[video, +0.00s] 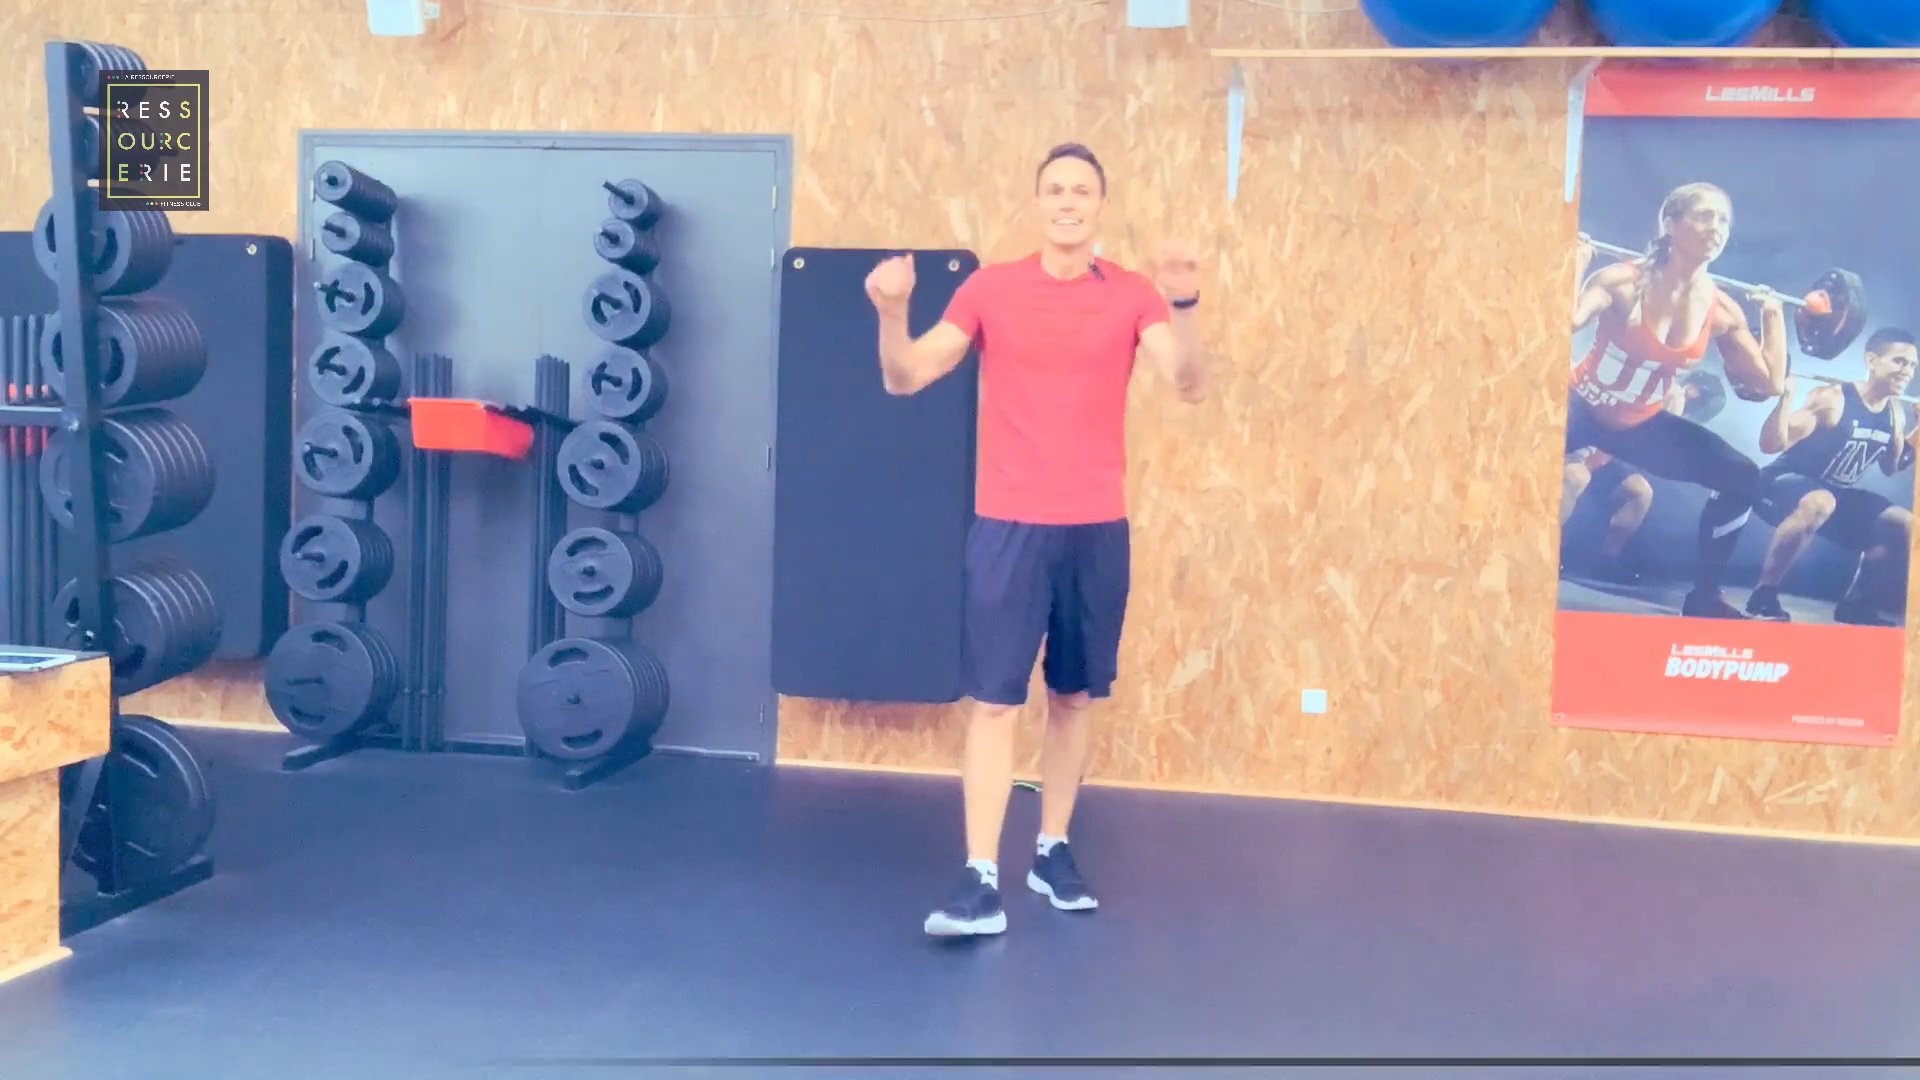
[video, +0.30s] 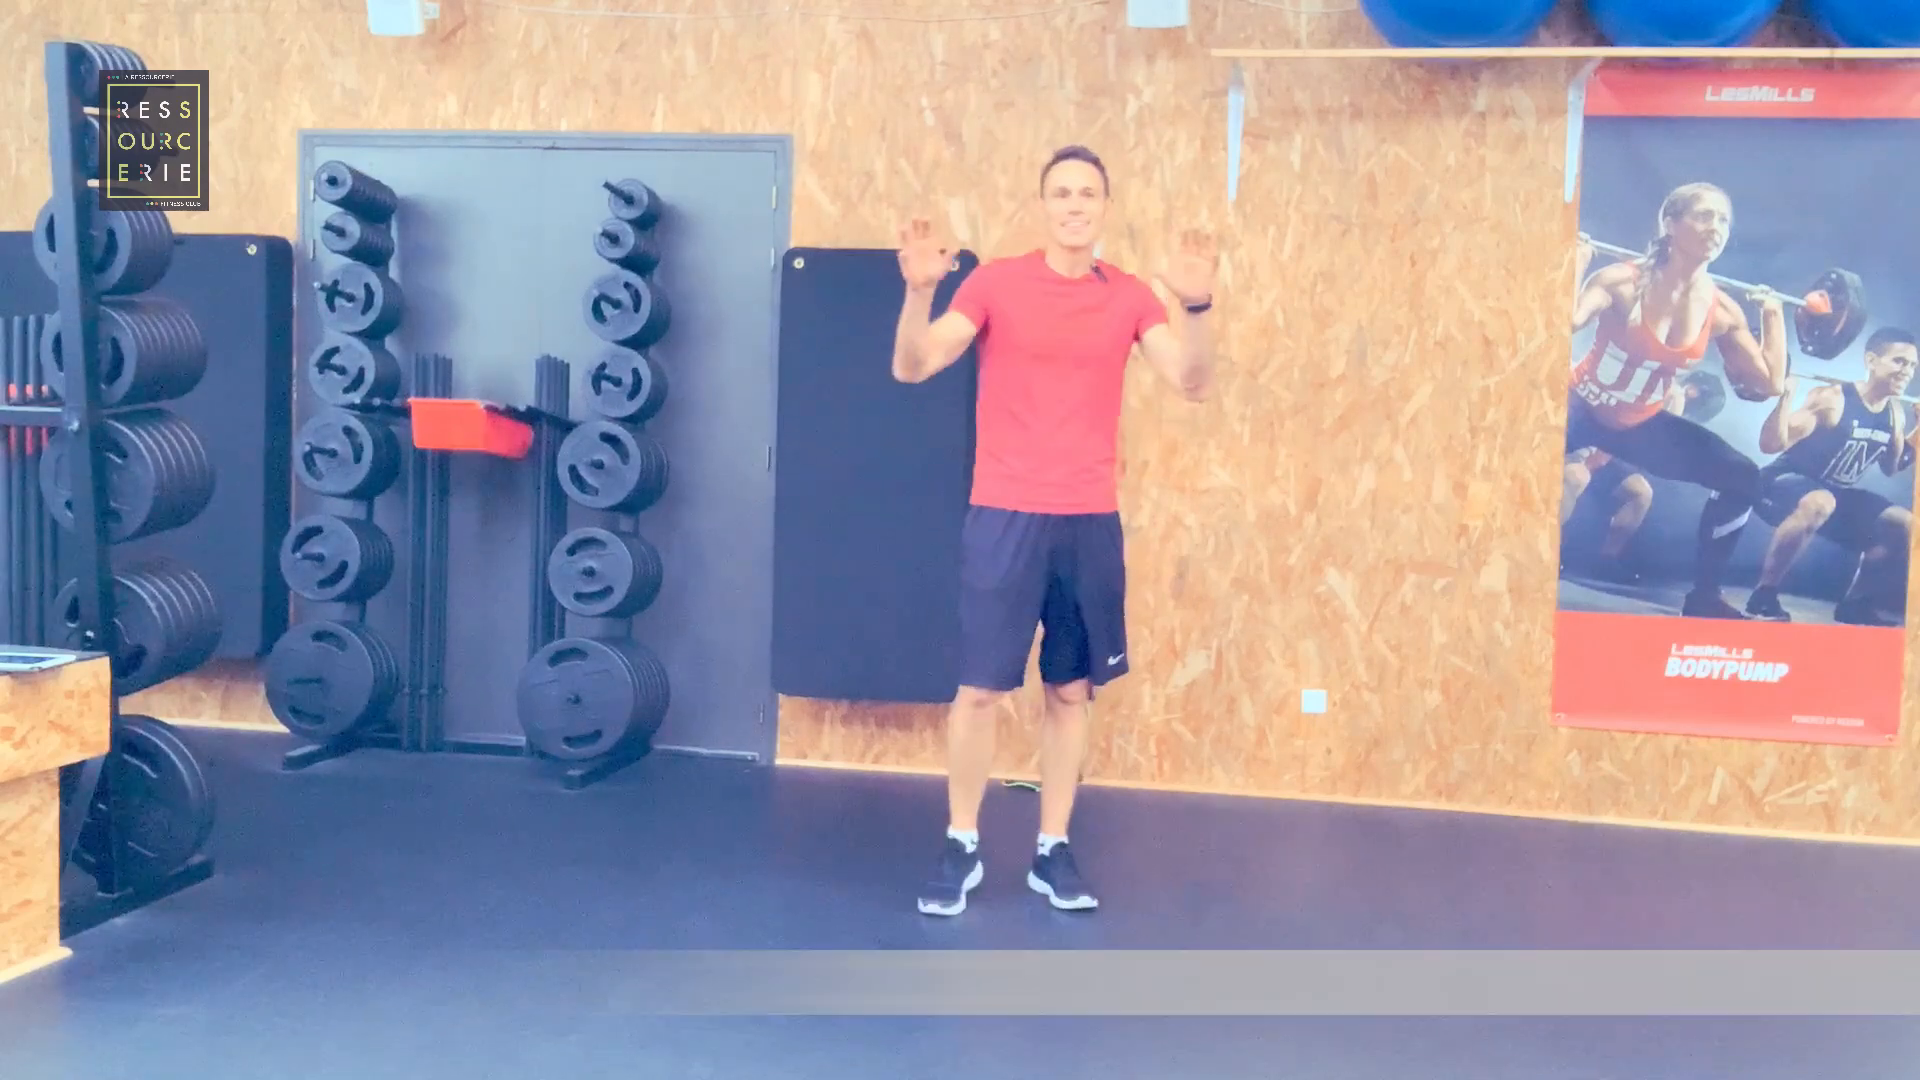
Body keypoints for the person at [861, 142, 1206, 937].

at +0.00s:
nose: (1068, 203)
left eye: (1081, 192)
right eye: (1056, 191)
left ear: (1103, 208)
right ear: (1035, 205)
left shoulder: (1133, 292)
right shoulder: (990, 287)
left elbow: (1189, 384)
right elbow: (906, 377)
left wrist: (1185, 305)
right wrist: (891, 312)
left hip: (1096, 524)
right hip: (1007, 523)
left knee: (1071, 696)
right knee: (995, 698)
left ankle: (1052, 851)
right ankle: (981, 881)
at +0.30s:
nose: (1075, 206)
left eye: (1087, 195)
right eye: (1062, 194)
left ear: (1106, 208)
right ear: (1041, 206)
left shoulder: (1130, 293)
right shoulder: (996, 281)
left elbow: (1191, 381)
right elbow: (911, 367)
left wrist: (1197, 306)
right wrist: (918, 292)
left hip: (1087, 515)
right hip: (1004, 510)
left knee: (1070, 686)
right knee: (982, 682)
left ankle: (1054, 851)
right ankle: (961, 847)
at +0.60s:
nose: (1037, 205)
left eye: (1050, 194)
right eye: (1025, 194)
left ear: (1070, 208)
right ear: (1003, 208)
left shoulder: (1095, 292)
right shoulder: (960, 287)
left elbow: (1156, 381)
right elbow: (879, 377)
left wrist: (1152, 305)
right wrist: (898, 312)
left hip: (1063, 514)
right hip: (977, 513)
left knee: (1058, 689)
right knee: (962, 685)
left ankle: (1050, 853)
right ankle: (940, 845)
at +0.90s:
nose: (983, 205)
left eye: (998, 194)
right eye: (972, 192)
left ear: (1019, 208)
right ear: (953, 204)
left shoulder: (1051, 296)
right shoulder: (916, 291)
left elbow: (1093, 401)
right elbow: (860, 396)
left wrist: (1055, 417)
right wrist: (871, 460)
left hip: (1017, 515)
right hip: (929, 513)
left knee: (1032, 694)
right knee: (935, 687)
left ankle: (1047, 844)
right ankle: (937, 846)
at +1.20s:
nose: (957, 201)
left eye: (971, 190)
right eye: (945, 187)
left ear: (993, 207)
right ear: (923, 199)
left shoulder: (1026, 292)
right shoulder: (882, 294)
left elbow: (1059, 408)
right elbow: (862, 411)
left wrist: (1084, 503)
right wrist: (853, 509)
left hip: (1005, 515)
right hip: (914, 518)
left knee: (1007, 687)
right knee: (929, 690)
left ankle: (1011, 867)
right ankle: (936, 844)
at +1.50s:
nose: (979, 202)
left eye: (995, 193)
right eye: (969, 187)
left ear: (1013, 211)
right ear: (943, 196)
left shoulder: (1043, 300)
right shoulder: (892, 293)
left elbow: (1065, 408)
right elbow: (853, 413)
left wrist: (1081, 515)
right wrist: (830, 525)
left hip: (1010, 530)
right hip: (918, 529)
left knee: (990, 704)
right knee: (927, 701)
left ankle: (978, 883)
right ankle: (937, 840)